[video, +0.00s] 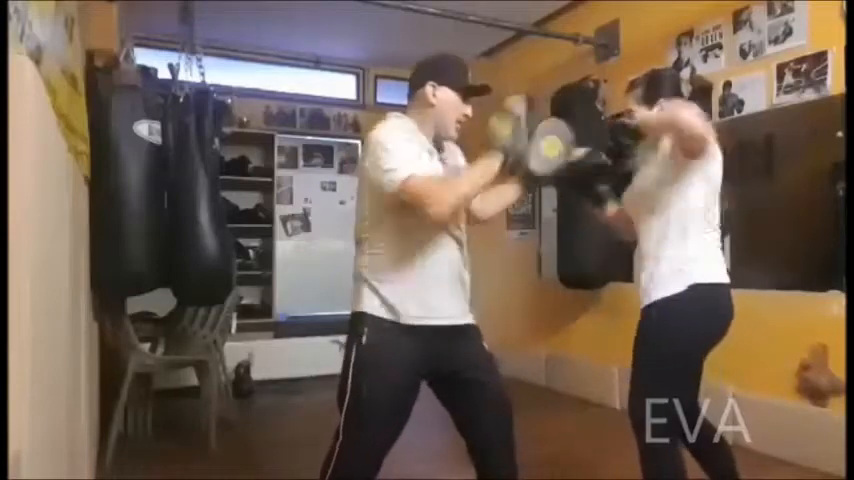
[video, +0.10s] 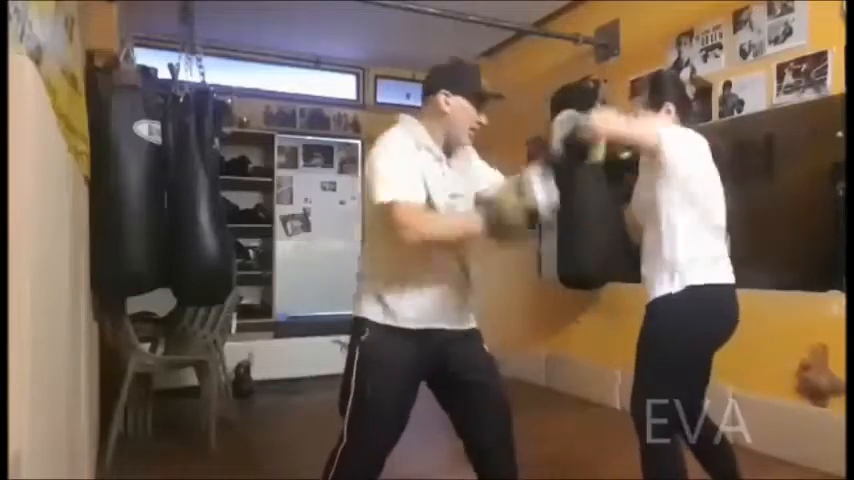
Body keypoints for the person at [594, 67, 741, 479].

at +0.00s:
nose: (629, 118)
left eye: (634, 109)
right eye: (628, 111)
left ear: (657, 107)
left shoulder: (694, 150)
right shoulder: (649, 167)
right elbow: (634, 230)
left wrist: (640, 120)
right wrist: (597, 198)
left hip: (692, 295)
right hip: (665, 299)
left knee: (648, 413)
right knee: (682, 410)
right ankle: (727, 472)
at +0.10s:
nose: (635, 120)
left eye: (641, 112)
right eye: (636, 113)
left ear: (667, 112)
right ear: (675, 113)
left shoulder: (674, 141)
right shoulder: (692, 154)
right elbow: (635, 224)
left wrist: (582, 123)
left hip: (682, 300)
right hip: (710, 297)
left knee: (650, 413)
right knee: (688, 412)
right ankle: (729, 472)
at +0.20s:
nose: (634, 130)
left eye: (640, 120)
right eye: (632, 122)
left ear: (670, 113)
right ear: (672, 114)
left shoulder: (670, 148)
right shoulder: (701, 150)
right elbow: (656, 236)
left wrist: (589, 153)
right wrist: (631, 193)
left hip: (680, 296)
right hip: (715, 294)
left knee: (651, 409)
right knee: (690, 410)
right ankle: (730, 474)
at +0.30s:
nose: (627, 136)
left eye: (633, 126)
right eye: (625, 127)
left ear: (663, 121)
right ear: (662, 121)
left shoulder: (677, 165)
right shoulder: (691, 159)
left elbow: (666, 252)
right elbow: (672, 246)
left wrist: (627, 218)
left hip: (687, 295)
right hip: (718, 294)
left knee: (645, 400)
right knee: (685, 408)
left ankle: (656, 473)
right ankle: (727, 472)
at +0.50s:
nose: (623, 131)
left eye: (630, 120)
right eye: (623, 121)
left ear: (659, 118)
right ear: (659, 119)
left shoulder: (666, 171)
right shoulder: (692, 157)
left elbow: (637, 250)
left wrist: (601, 212)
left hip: (690, 300)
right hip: (718, 294)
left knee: (650, 404)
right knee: (686, 411)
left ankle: (662, 474)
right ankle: (728, 474)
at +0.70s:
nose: (638, 120)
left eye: (645, 109)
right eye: (636, 112)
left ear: (677, 106)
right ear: (672, 110)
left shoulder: (694, 147)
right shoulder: (664, 165)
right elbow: (625, 204)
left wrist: (626, 134)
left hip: (681, 294)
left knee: (638, 406)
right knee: (686, 407)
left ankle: (648, 473)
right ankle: (729, 474)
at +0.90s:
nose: (634, 116)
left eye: (641, 108)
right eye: (633, 108)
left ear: (669, 108)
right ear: (674, 111)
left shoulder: (669, 142)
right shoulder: (701, 154)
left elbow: (612, 117)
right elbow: (641, 213)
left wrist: (578, 111)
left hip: (680, 297)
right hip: (720, 296)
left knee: (642, 408)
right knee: (691, 406)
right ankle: (732, 475)